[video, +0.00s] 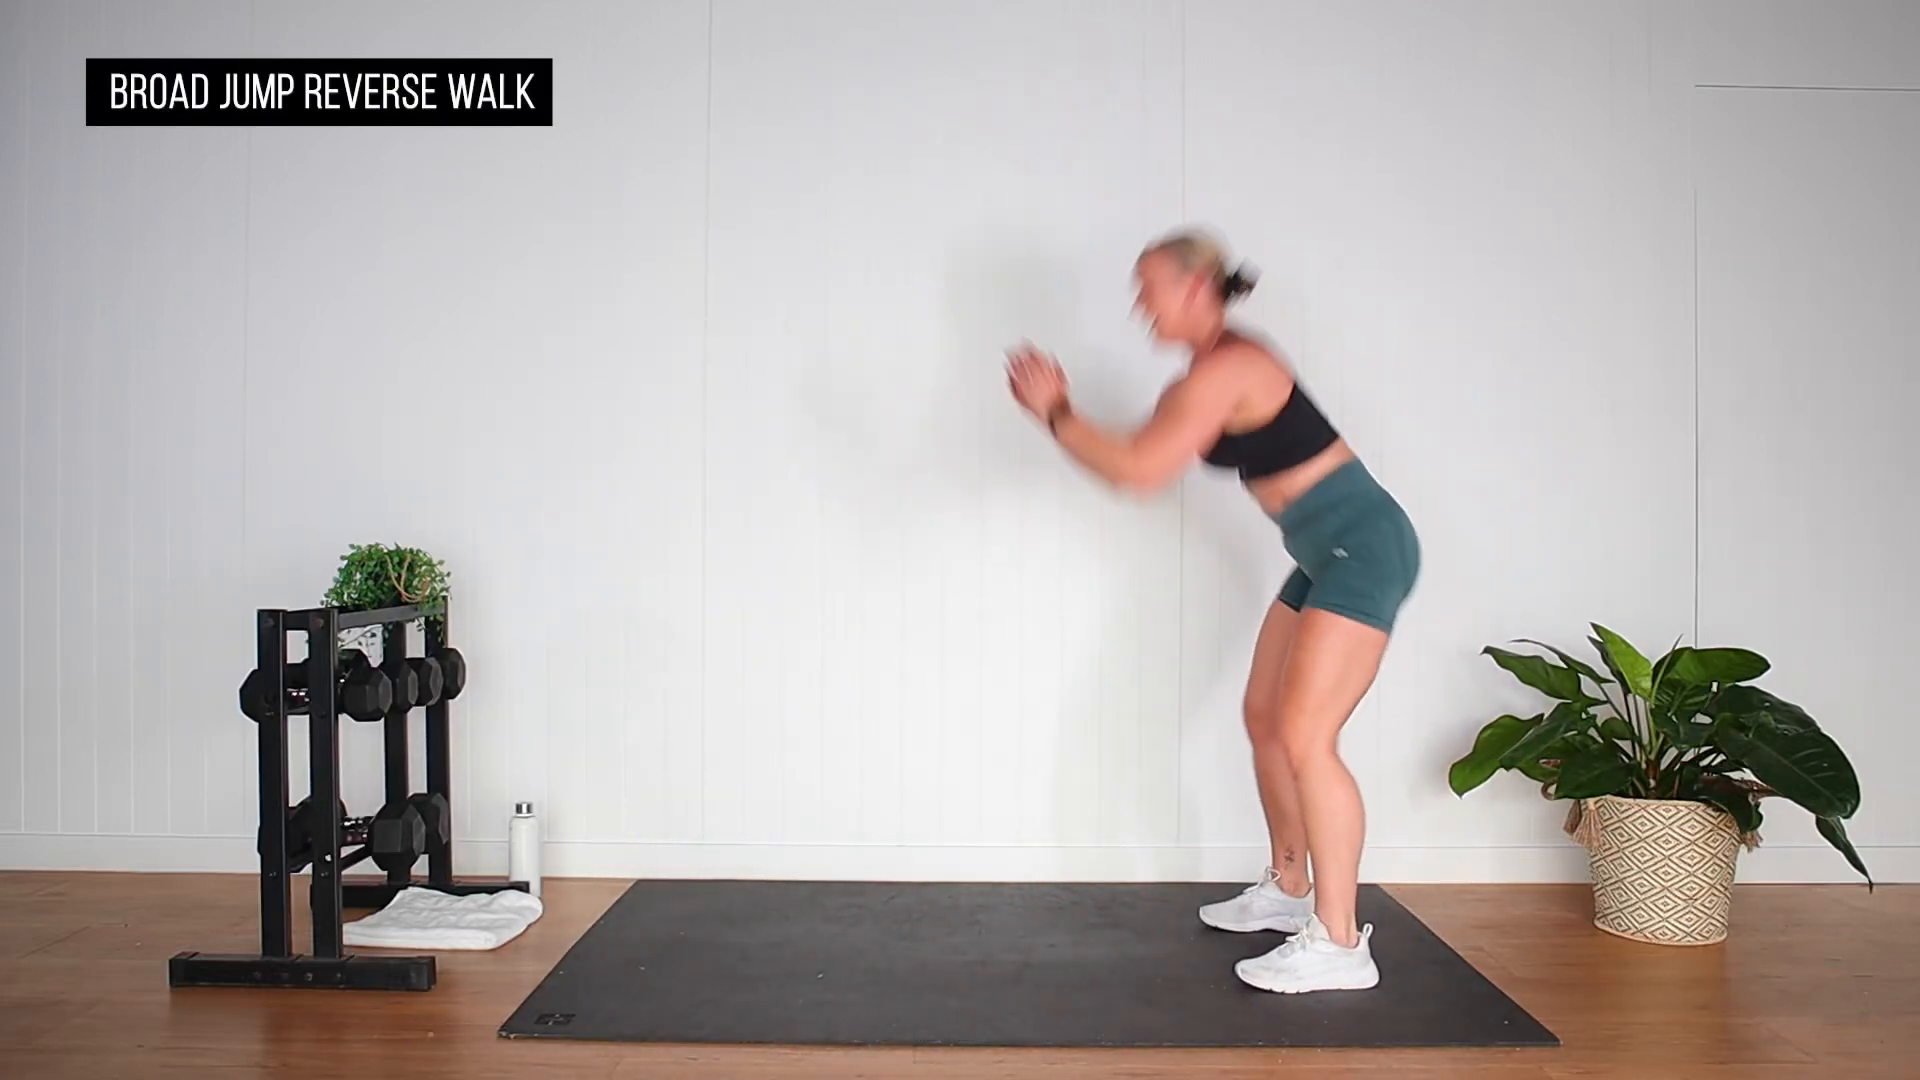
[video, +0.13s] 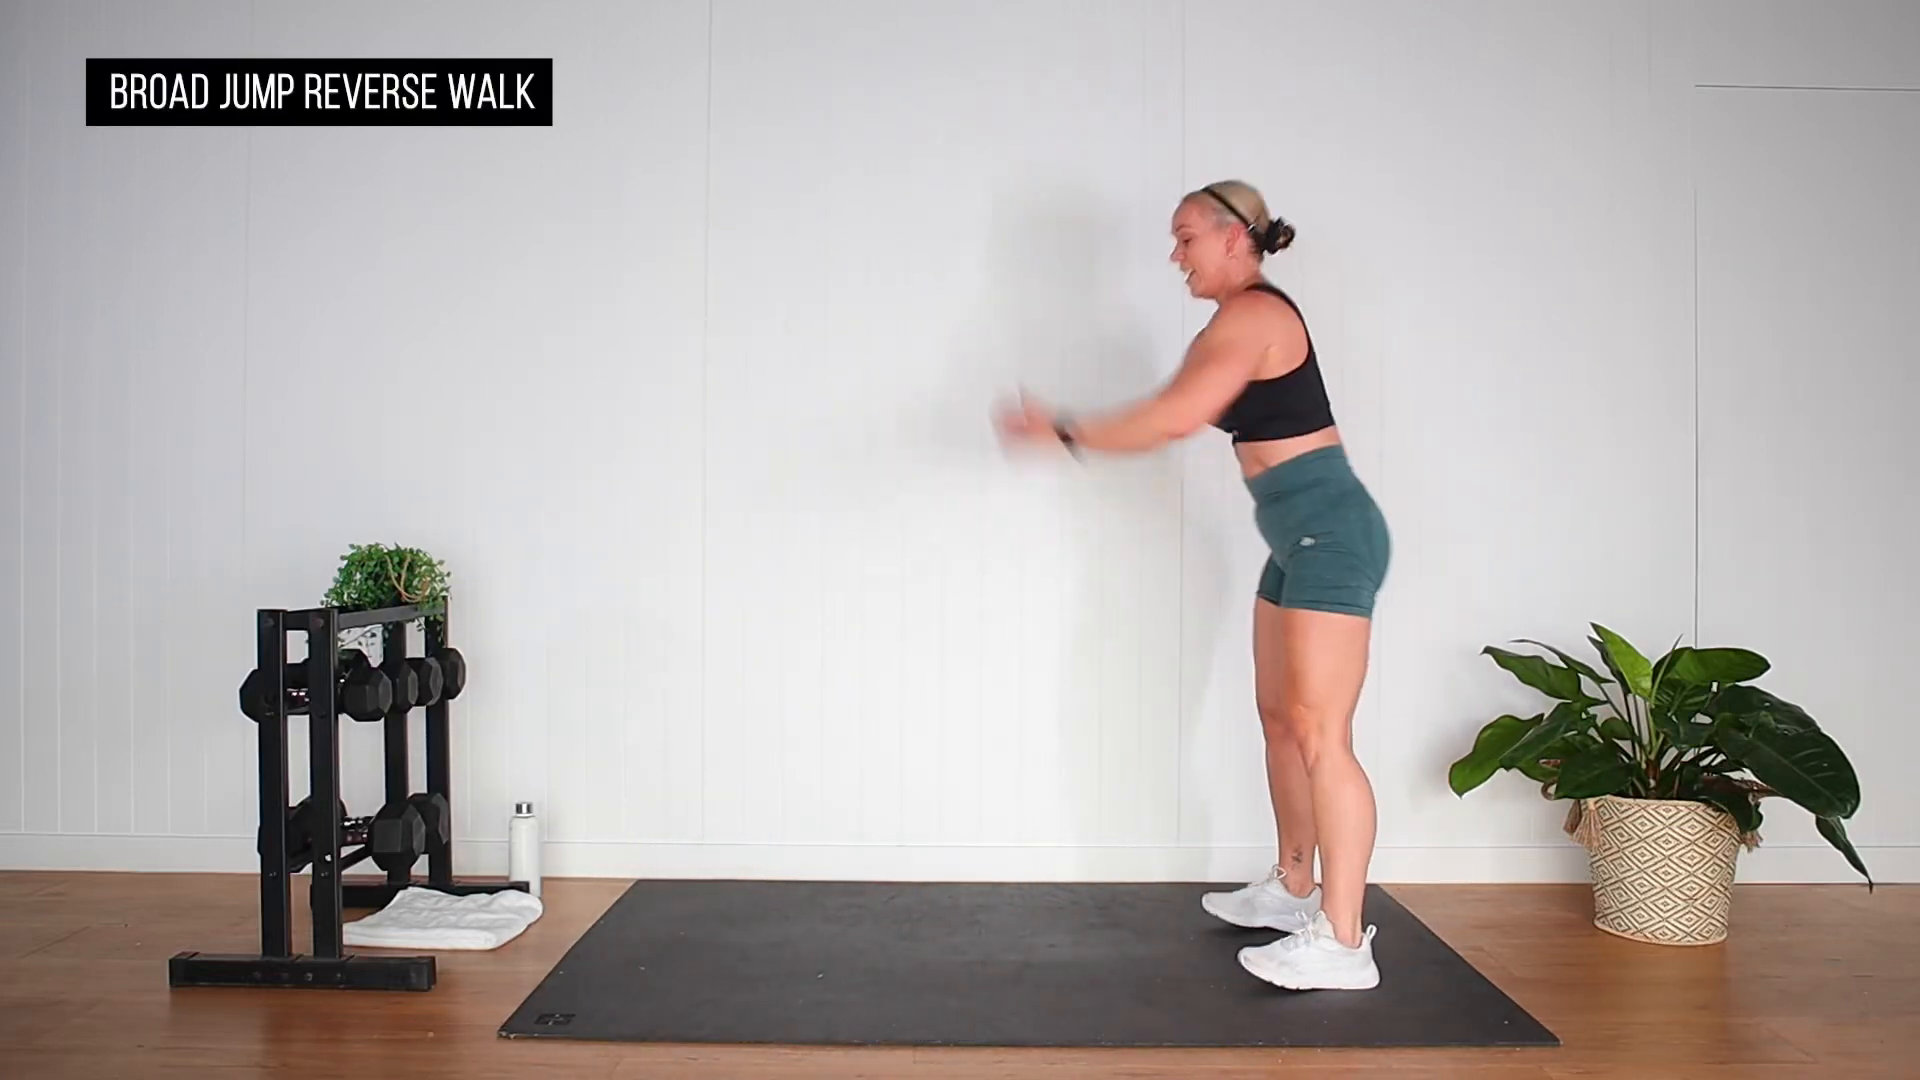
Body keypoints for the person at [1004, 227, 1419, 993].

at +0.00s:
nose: (1142, 309)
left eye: (1151, 293)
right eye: (1141, 294)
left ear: (1200, 288)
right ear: (1189, 292)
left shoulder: (1232, 368)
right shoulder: (1210, 369)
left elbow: (1138, 469)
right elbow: (1137, 463)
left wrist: (1057, 416)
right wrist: (1060, 416)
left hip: (1365, 546)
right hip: (1323, 551)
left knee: (1304, 735)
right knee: (1265, 719)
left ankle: (1341, 942)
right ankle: (1291, 883)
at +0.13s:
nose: (1176, 254)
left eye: (1188, 238)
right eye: (1176, 241)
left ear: (1239, 240)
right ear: (1226, 245)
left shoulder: (1253, 319)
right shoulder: (1233, 322)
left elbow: (1177, 418)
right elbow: (1168, 416)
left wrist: (1071, 433)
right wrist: (1071, 428)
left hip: (1330, 538)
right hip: (1294, 543)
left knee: (1322, 737)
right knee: (1283, 724)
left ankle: (1345, 940)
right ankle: (1298, 883)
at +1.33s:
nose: (715, 374)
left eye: (718, 355)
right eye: (709, 359)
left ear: (752, 340)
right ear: (757, 346)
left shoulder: (786, 415)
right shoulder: (808, 404)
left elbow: (733, 549)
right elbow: (758, 562)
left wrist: (676, 641)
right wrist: (700, 637)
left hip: (911, 591)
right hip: (917, 586)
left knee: (772, 730)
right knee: (782, 724)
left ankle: (791, 934)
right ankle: (811, 891)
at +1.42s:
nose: (659, 457)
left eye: (660, 438)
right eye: (654, 443)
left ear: (694, 421)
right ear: (705, 421)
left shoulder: (739, 493)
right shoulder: (759, 476)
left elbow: (697, 634)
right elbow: (724, 635)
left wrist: (660, 742)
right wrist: (684, 725)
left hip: (892, 634)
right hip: (903, 626)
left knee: (725, 738)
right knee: (749, 735)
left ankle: (789, 930)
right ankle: (809, 890)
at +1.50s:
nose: (619, 542)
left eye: (617, 522)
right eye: (611, 527)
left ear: (644, 498)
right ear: (654, 493)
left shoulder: (699, 554)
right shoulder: (720, 534)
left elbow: (672, 706)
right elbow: (706, 687)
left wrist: (645, 826)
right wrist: (685, 781)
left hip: (888, 646)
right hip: (901, 637)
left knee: (718, 740)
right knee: (743, 733)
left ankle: (790, 934)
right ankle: (811, 893)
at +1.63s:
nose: (588, 640)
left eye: (580, 626)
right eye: (577, 631)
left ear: (600, 595)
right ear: (608, 589)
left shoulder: (663, 628)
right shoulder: (682, 609)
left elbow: (660, 771)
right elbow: (692, 753)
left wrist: (654, 899)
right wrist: (688, 855)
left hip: (881, 645)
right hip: (889, 636)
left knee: (720, 745)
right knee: (739, 738)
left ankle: (792, 935)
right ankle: (813, 895)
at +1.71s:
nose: (582, 684)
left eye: (570, 669)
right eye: (568, 675)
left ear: (586, 633)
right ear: (590, 628)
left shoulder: (650, 660)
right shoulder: (666, 633)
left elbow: (668, 804)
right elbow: (701, 766)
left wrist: (673, 931)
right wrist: (706, 878)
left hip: (873, 647)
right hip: (881, 636)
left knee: (715, 749)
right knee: (735, 743)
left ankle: (793, 939)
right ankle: (811, 896)